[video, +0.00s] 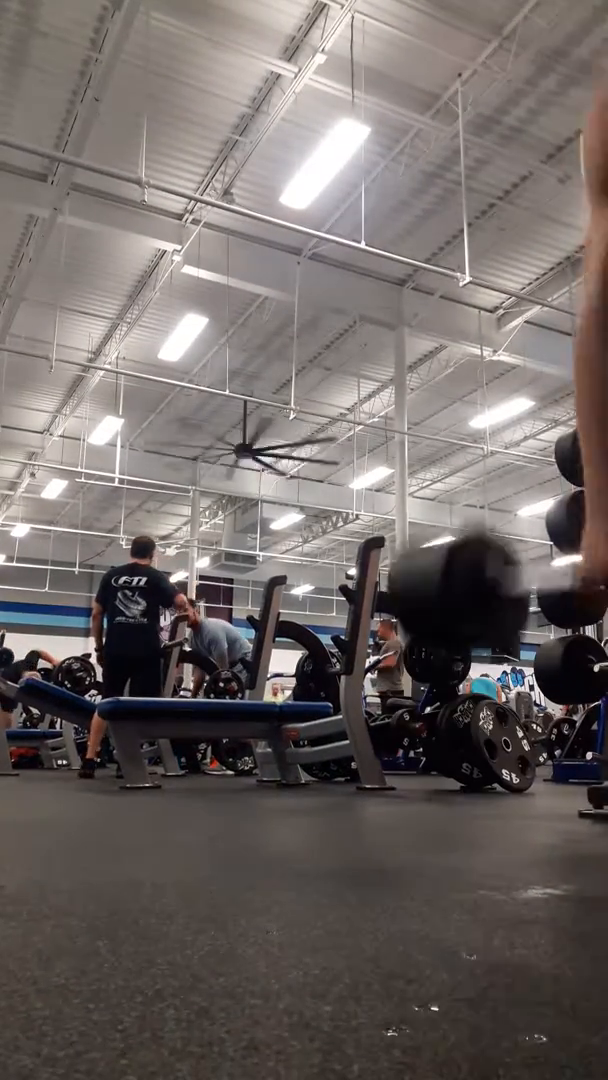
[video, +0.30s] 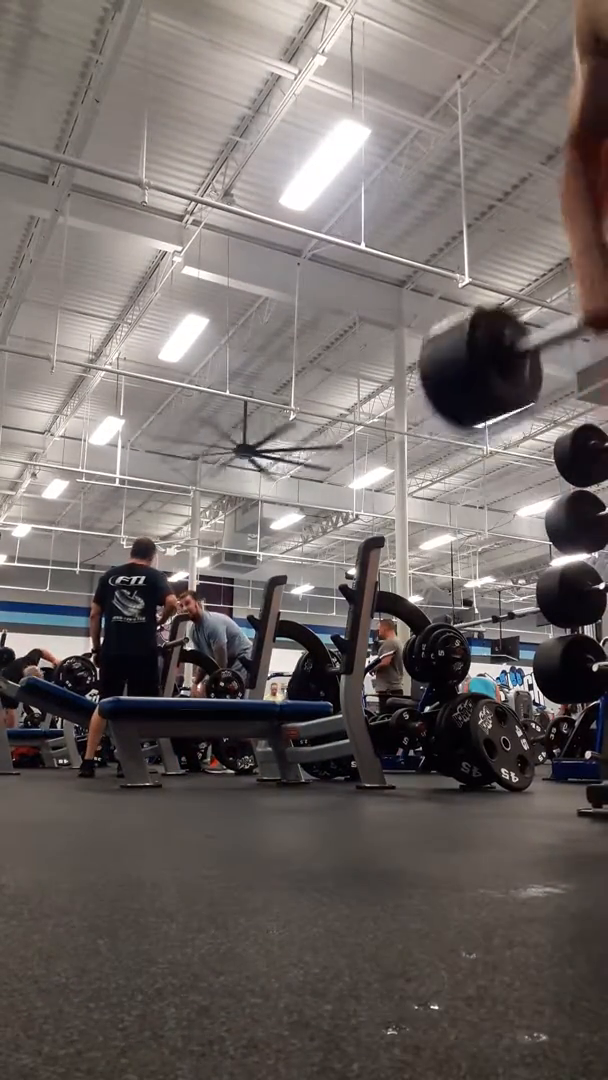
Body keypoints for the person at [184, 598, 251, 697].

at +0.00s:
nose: (182, 615)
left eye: (185, 610)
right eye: (179, 612)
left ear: (195, 611)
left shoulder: (214, 630)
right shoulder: (194, 637)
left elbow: (223, 669)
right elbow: (199, 669)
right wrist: (193, 697)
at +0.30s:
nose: (185, 608)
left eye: (187, 604)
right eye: (181, 606)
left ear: (196, 603)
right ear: (179, 609)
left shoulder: (214, 623)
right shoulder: (194, 630)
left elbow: (222, 664)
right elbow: (203, 659)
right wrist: (195, 683)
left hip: (244, 656)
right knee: (197, 690)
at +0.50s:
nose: (182, 607)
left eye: (184, 602)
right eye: (179, 605)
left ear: (195, 601)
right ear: (178, 609)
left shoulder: (212, 620)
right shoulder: (195, 628)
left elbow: (222, 655)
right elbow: (202, 656)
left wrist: (203, 681)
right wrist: (195, 677)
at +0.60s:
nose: (179, 610)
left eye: (181, 605)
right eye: (177, 607)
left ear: (193, 601)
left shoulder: (211, 619)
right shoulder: (195, 628)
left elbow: (222, 653)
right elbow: (203, 656)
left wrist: (202, 680)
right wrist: (195, 677)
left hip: (240, 656)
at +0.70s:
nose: (177, 614)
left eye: (178, 609)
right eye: (176, 610)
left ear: (189, 604)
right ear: (188, 605)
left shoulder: (209, 619)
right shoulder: (195, 628)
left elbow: (221, 653)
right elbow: (202, 656)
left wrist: (202, 680)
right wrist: (195, 677)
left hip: (240, 655)